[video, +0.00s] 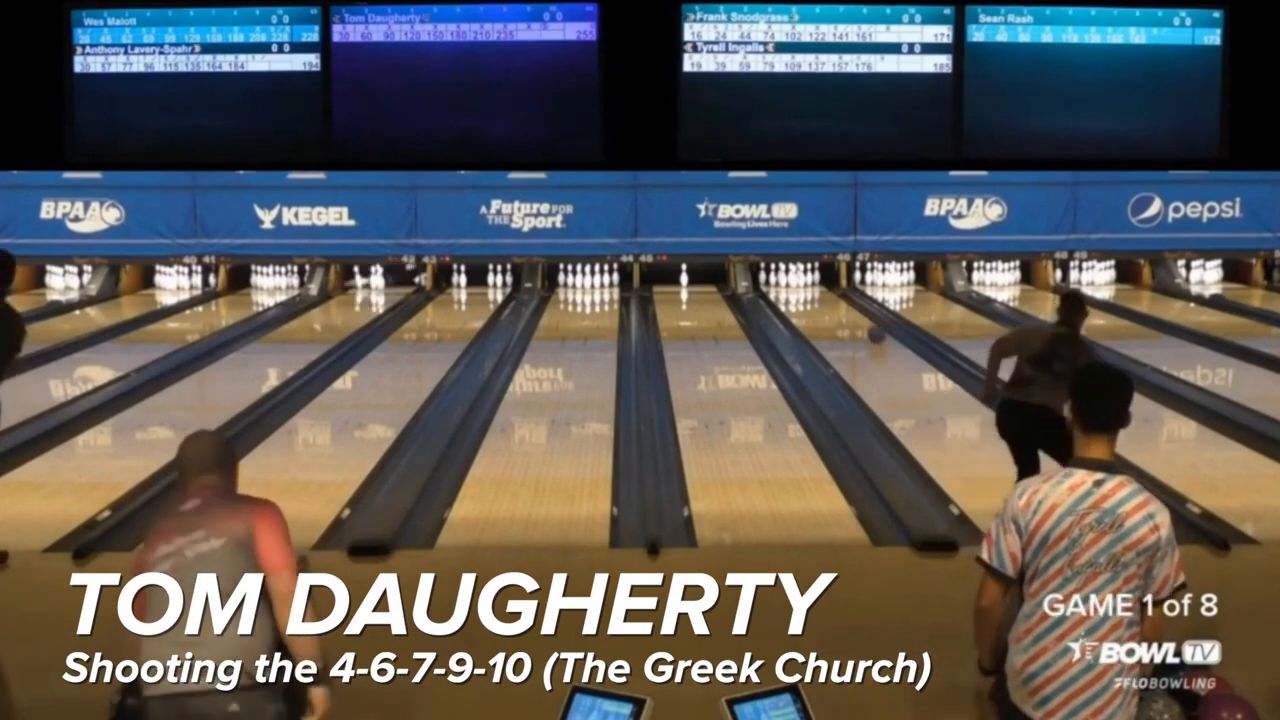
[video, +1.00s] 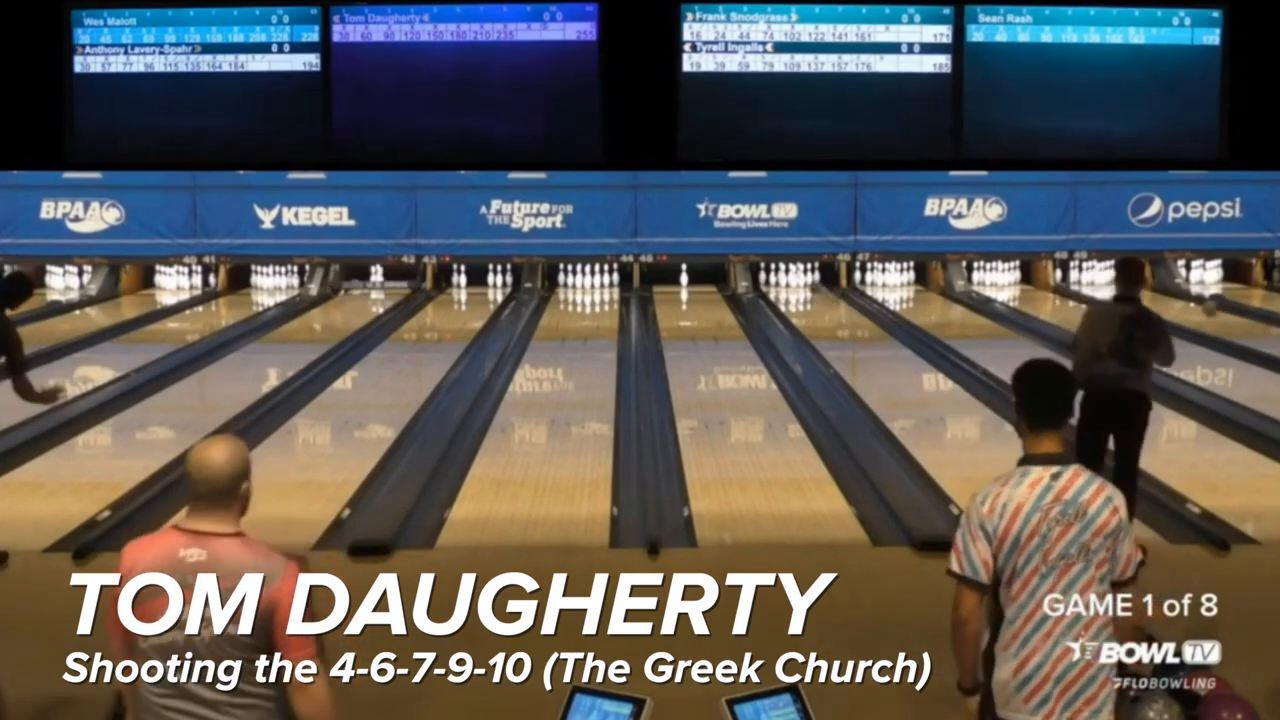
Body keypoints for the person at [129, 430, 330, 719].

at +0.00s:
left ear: (182, 475)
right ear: (232, 468)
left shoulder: (158, 534)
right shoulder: (259, 515)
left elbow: (139, 612)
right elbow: (289, 603)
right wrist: (314, 676)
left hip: (165, 699)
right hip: (244, 696)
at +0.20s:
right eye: (249, 460)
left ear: (194, 466)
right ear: (247, 464)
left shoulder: (159, 530)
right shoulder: (277, 523)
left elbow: (132, 616)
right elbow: (308, 619)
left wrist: (135, 689)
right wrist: (332, 696)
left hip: (174, 704)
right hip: (260, 703)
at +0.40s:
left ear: (211, 466)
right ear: (267, 467)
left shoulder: (165, 536)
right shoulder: (299, 536)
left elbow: (133, 631)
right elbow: (326, 633)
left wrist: (132, 702)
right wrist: (348, 701)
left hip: (188, 707)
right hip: (278, 706)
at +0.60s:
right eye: (290, 471)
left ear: (227, 472)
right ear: (284, 477)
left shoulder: (169, 544)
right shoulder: (317, 550)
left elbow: (137, 663)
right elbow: (355, 667)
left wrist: (126, 714)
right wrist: (373, 706)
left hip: (194, 710)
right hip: (288, 710)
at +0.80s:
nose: (281, 483)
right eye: (280, 477)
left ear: (217, 480)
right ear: (274, 484)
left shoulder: (164, 549)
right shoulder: (310, 561)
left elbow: (132, 659)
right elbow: (344, 680)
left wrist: (120, 715)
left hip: (184, 711)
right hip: (277, 711)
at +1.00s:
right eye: (250, 482)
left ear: (188, 485)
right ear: (245, 492)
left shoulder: (136, 557)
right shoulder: (279, 573)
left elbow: (124, 665)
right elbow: (305, 685)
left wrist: (134, 713)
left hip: (157, 712)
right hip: (248, 713)